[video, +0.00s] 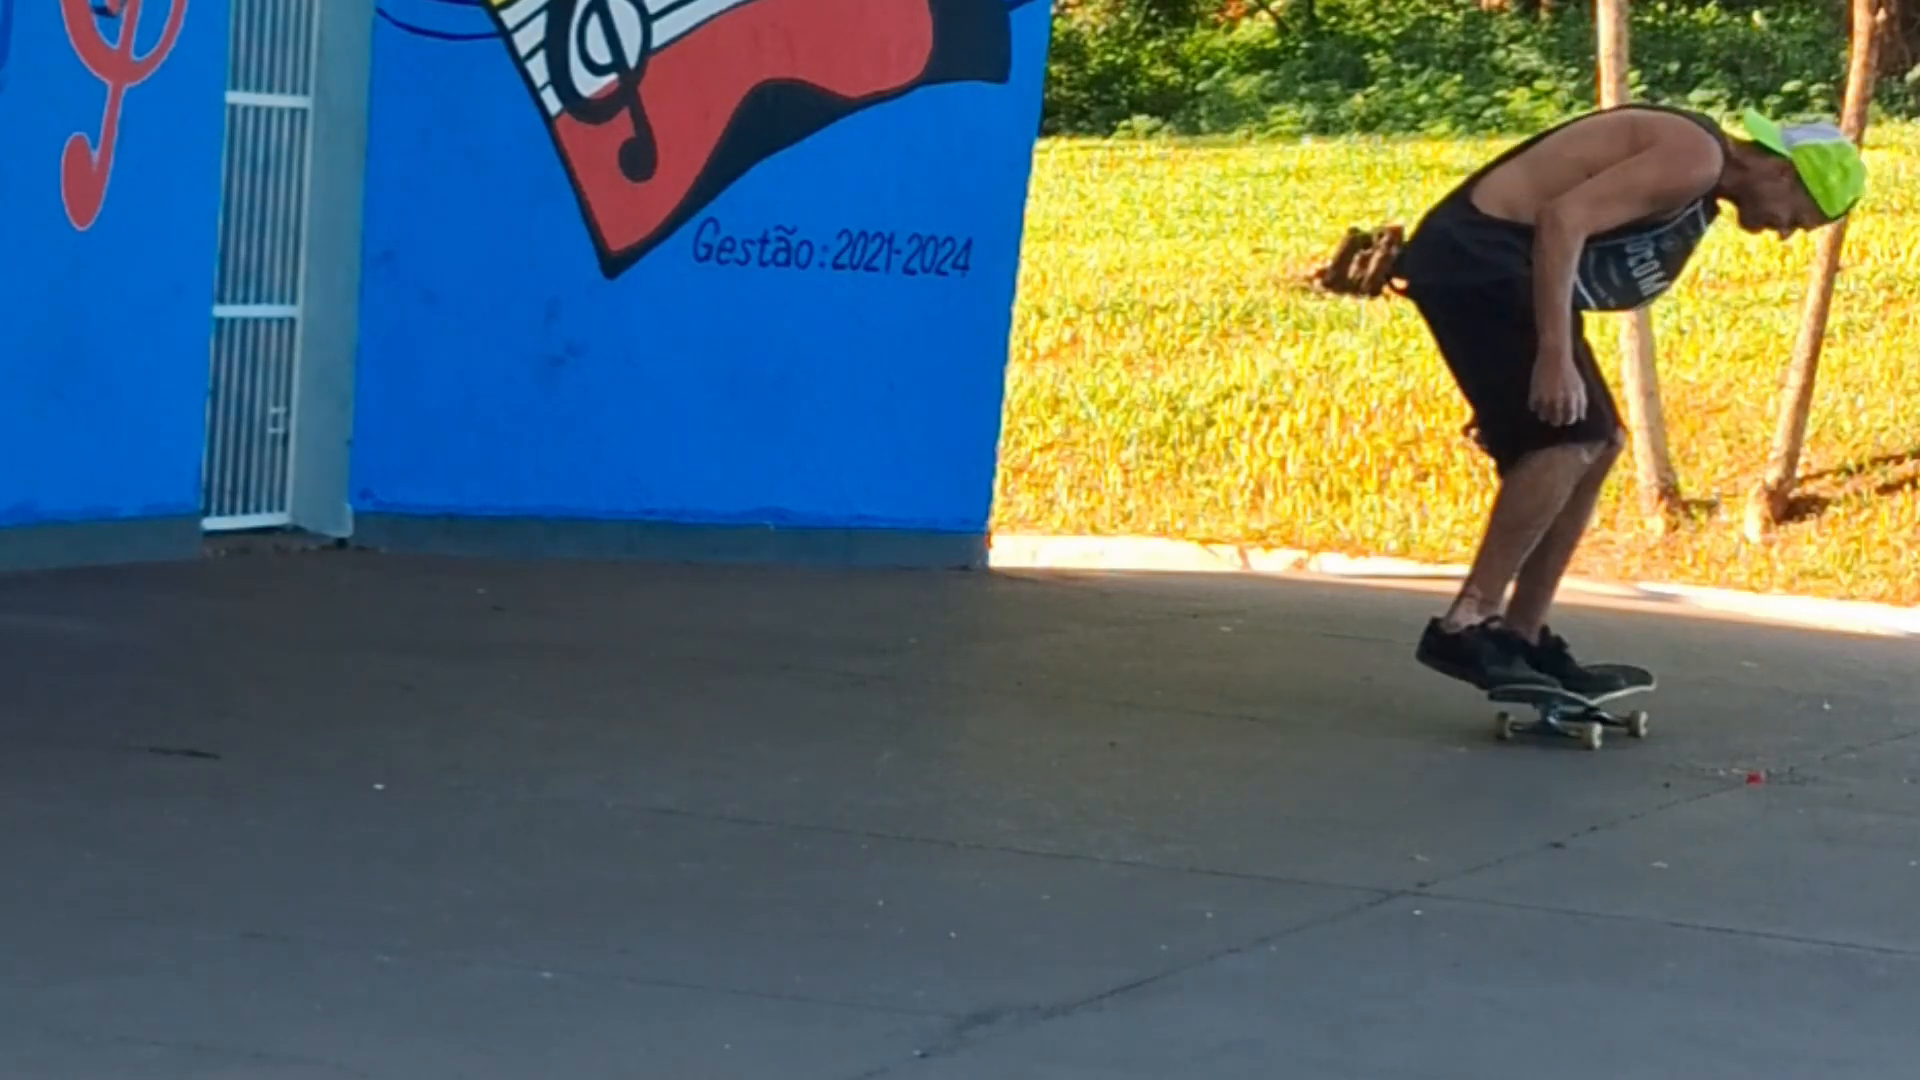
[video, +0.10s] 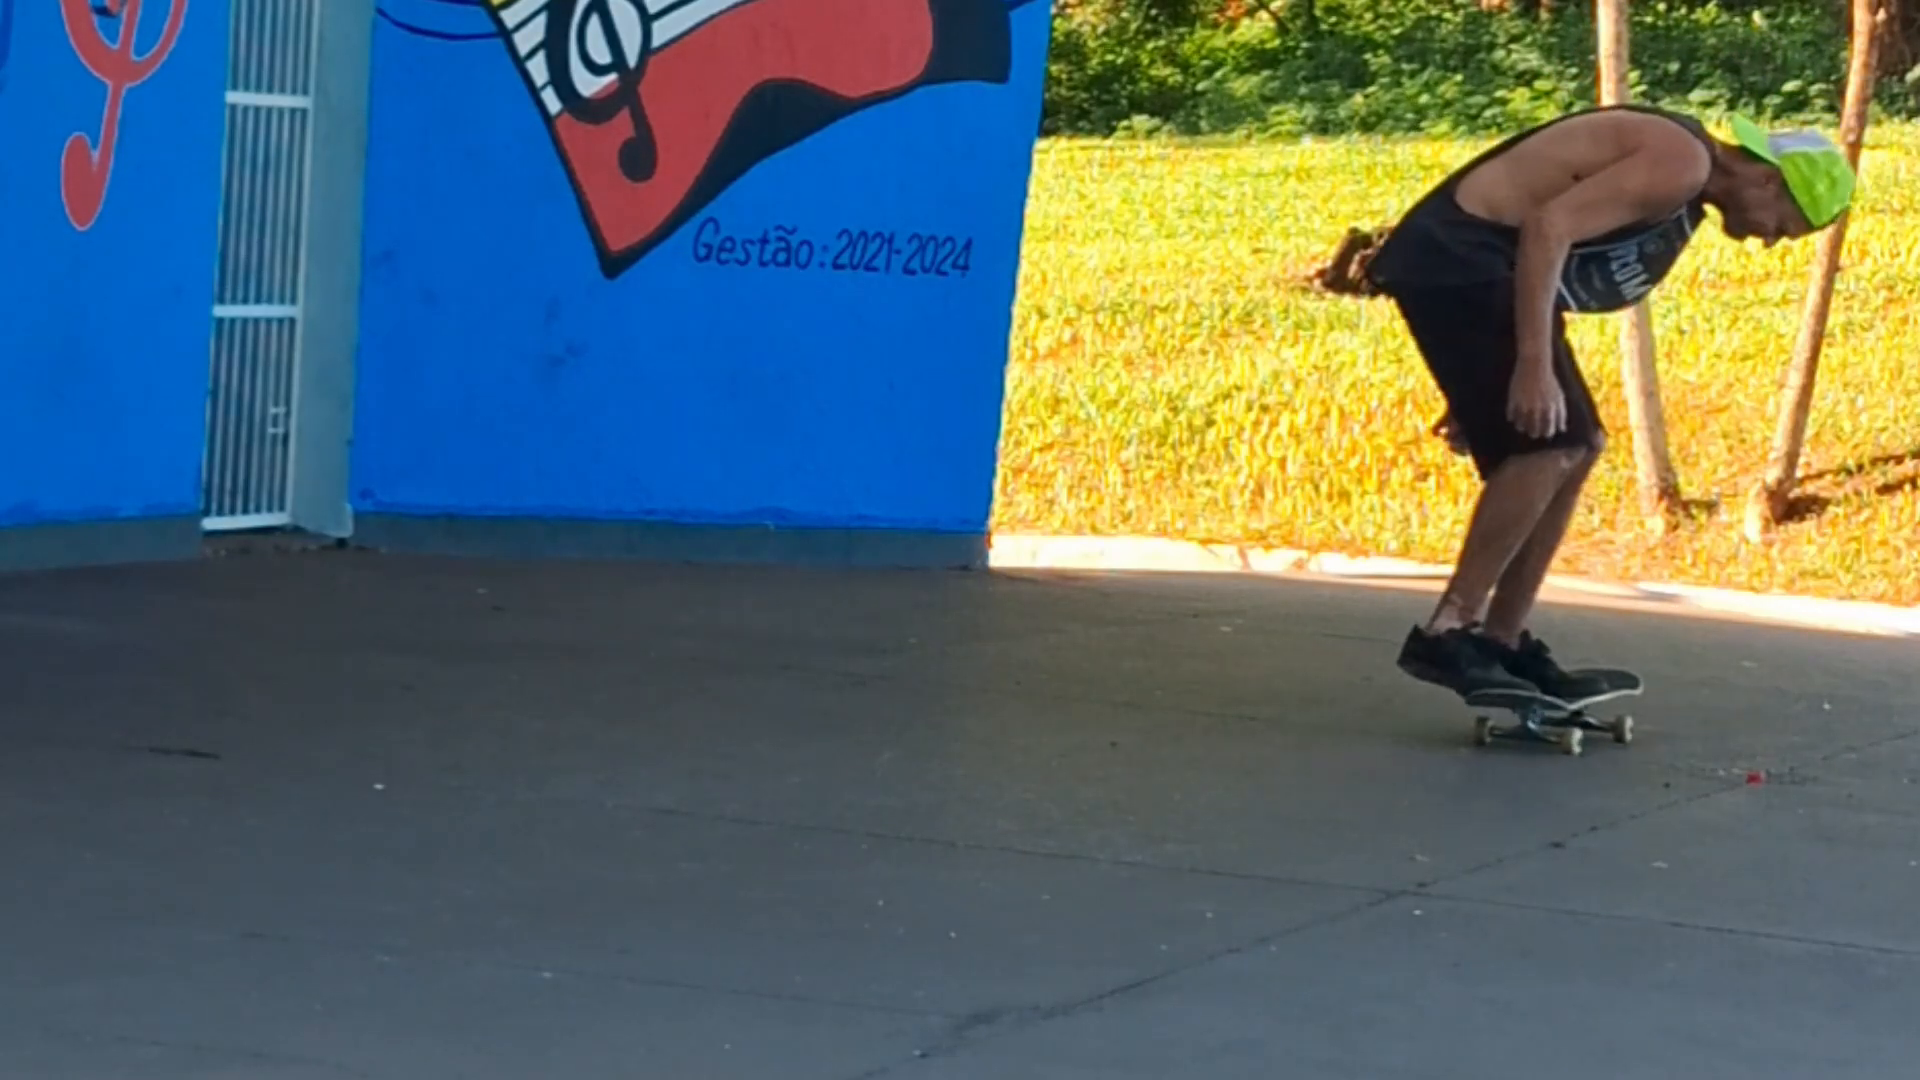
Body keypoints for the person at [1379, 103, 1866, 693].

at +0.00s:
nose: (1790, 230)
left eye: (1804, 225)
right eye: (1801, 215)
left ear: (1785, 177)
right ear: (1784, 172)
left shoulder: (1700, 185)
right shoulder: (1693, 157)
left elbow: (1572, 249)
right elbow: (1561, 217)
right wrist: (1554, 357)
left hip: (1514, 266)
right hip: (1474, 254)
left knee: (1598, 439)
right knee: (1565, 438)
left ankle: (1521, 633)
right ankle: (1466, 621)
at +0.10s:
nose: (1776, 238)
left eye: (1790, 233)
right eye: (1787, 222)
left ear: (1773, 182)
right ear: (1771, 178)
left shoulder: (1683, 190)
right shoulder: (1679, 161)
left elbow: (1556, 264)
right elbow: (1547, 227)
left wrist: (1481, 398)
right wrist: (1533, 368)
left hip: (1499, 267)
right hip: (1455, 254)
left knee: (1578, 443)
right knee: (1549, 442)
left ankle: (1500, 640)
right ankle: (1448, 629)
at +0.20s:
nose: (1758, 243)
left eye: (1774, 239)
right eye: (1770, 227)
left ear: (1757, 182)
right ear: (1755, 180)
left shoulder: (1666, 189)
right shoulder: (1666, 161)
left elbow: (1536, 266)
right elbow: (1533, 230)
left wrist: (1450, 394)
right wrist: (1513, 374)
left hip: (1479, 261)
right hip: (1437, 249)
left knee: (1556, 445)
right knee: (1526, 447)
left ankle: (1481, 644)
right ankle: (1420, 635)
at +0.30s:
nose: (1744, 245)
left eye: (1760, 241)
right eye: (1757, 230)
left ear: (1742, 182)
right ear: (1743, 184)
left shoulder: (1652, 186)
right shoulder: (1653, 164)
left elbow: (1518, 264)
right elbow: (1516, 235)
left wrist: (1424, 388)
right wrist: (1494, 380)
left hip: (1457, 256)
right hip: (1415, 245)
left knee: (1540, 439)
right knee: (1502, 447)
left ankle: (1464, 644)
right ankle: (1397, 638)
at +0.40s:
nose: (1727, 260)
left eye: (1742, 254)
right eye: (1742, 244)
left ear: (1722, 192)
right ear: (1725, 199)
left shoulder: (1636, 185)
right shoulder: (1630, 181)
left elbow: (1493, 264)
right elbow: (1499, 258)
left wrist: (1415, 412)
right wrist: (1479, 402)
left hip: (1431, 255)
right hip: (1392, 248)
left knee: (1527, 439)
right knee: (1492, 449)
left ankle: (1442, 648)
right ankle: (1376, 637)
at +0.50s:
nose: (1702, 281)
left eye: (1717, 276)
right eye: (1716, 267)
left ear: (1696, 217)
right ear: (1699, 223)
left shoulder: (1614, 210)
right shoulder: (1608, 205)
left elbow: (1490, 308)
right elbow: (1490, 297)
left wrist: (1424, 480)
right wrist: (1482, 449)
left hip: (1405, 275)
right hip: (1364, 270)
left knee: (1518, 445)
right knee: (1478, 469)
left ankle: (1416, 651)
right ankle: (1351, 641)